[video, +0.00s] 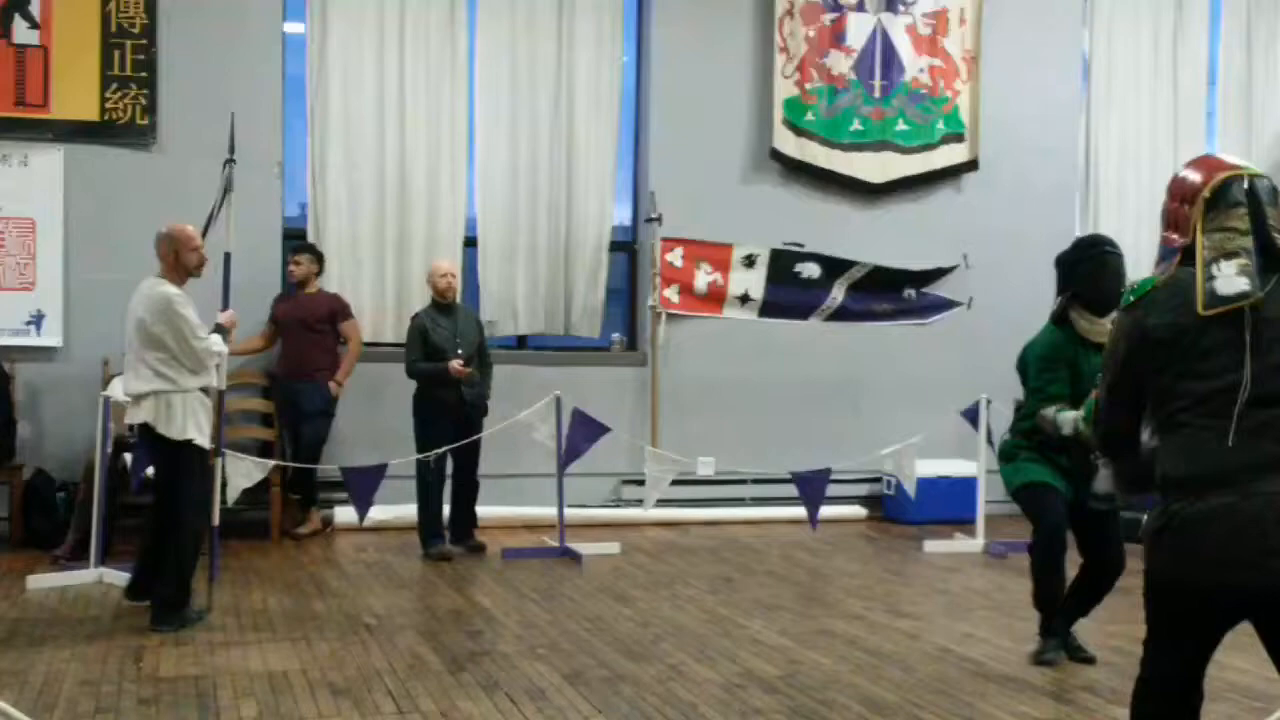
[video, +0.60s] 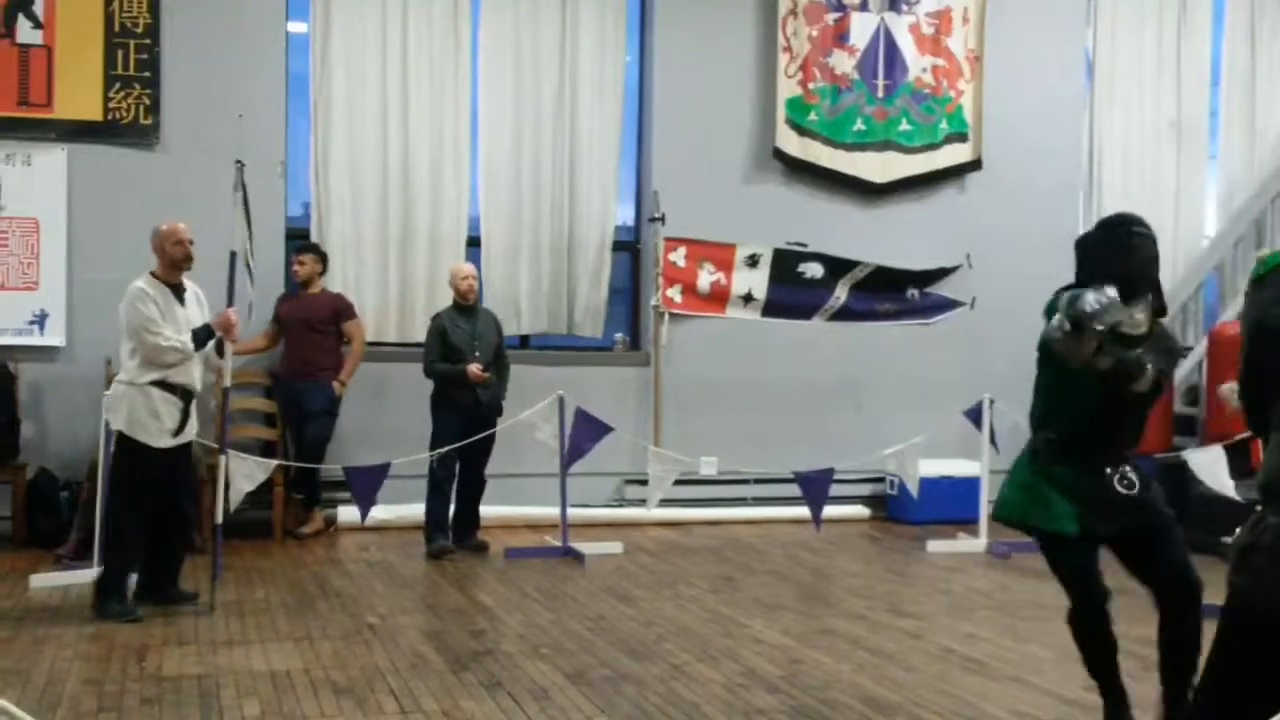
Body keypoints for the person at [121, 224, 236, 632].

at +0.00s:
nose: (203, 256)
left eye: (202, 249)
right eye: (195, 251)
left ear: (172, 257)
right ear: (172, 257)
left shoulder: (149, 293)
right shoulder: (170, 300)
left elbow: (183, 350)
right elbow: (205, 356)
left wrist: (212, 337)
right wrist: (223, 331)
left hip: (155, 412)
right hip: (177, 416)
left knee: (170, 505)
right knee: (189, 514)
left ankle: (144, 583)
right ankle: (170, 609)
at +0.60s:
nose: (188, 250)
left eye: (190, 243)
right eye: (179, 244)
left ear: (192, 249)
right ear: (159, 252)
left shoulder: (194, 293)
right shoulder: (140, 294)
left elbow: (210, 359)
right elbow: (161, 351)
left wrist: (224, 341)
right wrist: (212, 330)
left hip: (179, 414)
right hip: (139, 412)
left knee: (174, 504)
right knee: (128, 506)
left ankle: (160, 584)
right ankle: (111, 595)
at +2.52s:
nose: (147, 247)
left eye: (149, 240)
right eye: (138, 240)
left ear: (151, 246)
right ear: (115, 246)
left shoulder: (150, 293)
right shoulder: (94, 290)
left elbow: (168, 355)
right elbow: (115, 348)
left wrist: (183, 343)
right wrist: (168, 328)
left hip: (145, 410)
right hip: (104, 408)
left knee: (141, 501)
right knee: (91, 502)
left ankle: (135, 582)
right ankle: (77, 591)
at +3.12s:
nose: (108, 249)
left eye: (111, 242)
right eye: (99, 242)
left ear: (113, 247)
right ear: (78, 247)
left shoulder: (115, 295)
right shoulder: (57, 291)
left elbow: (135, 367)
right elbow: (76, 349)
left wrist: (146, 345)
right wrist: (130, 329)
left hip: (108, 414)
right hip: (66, 412)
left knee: (104, 504)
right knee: (53, 505)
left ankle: (99, 585)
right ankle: (40, 594)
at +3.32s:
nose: (59, 248)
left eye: (63, 241)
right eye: (51, 241)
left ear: (66, 248)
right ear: (30, 247)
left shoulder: (68, 295)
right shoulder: (10, 292)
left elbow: (79, 356)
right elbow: (30, 351)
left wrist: (98, 342)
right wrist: (80, 331)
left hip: (61, 417)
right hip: (19, 416)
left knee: (57, 507)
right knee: (14, 508)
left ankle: (51, 588)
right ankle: (4, 593)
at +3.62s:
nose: (12, 249)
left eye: (13, 242)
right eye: (7, 242)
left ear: (14, 246)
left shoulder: (17, 295)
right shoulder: (9, 297)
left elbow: (26, 357)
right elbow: (6, 348)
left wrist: (45, 342)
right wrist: (29, 332)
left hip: (21, 414)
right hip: (9, 416)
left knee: (17, 505)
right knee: (12, 506)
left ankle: (11, 587)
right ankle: (9, 588)